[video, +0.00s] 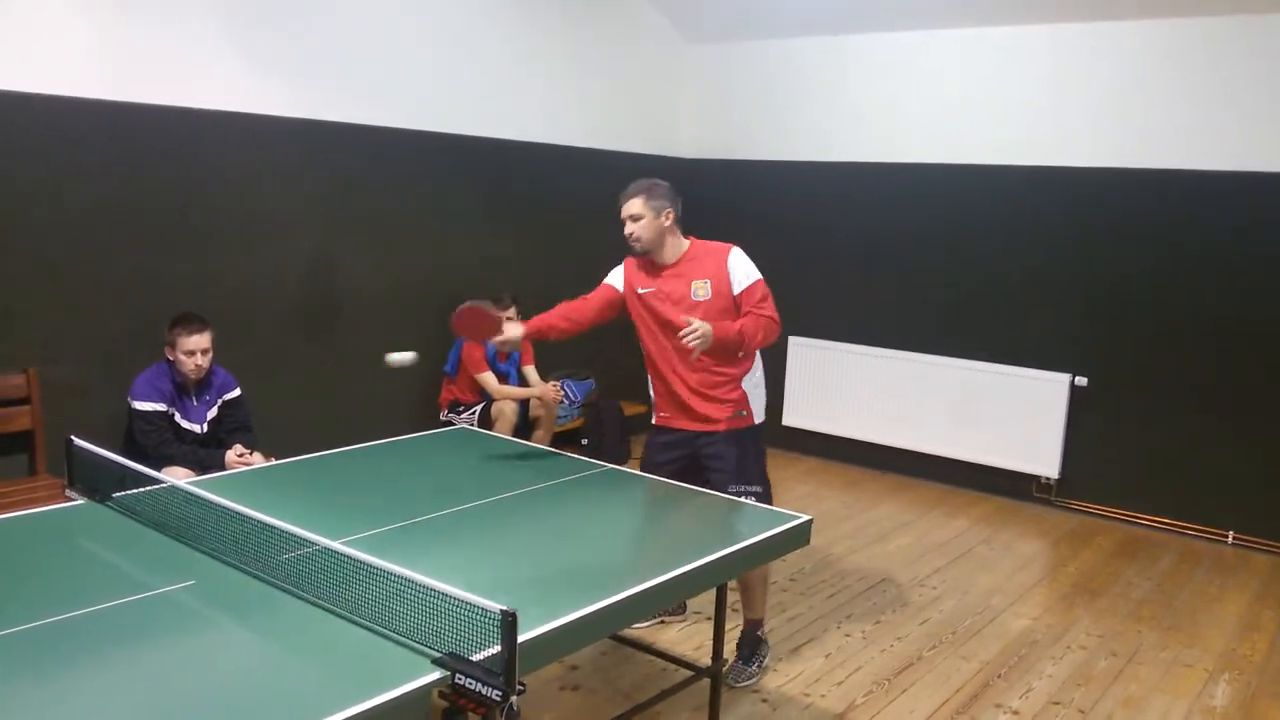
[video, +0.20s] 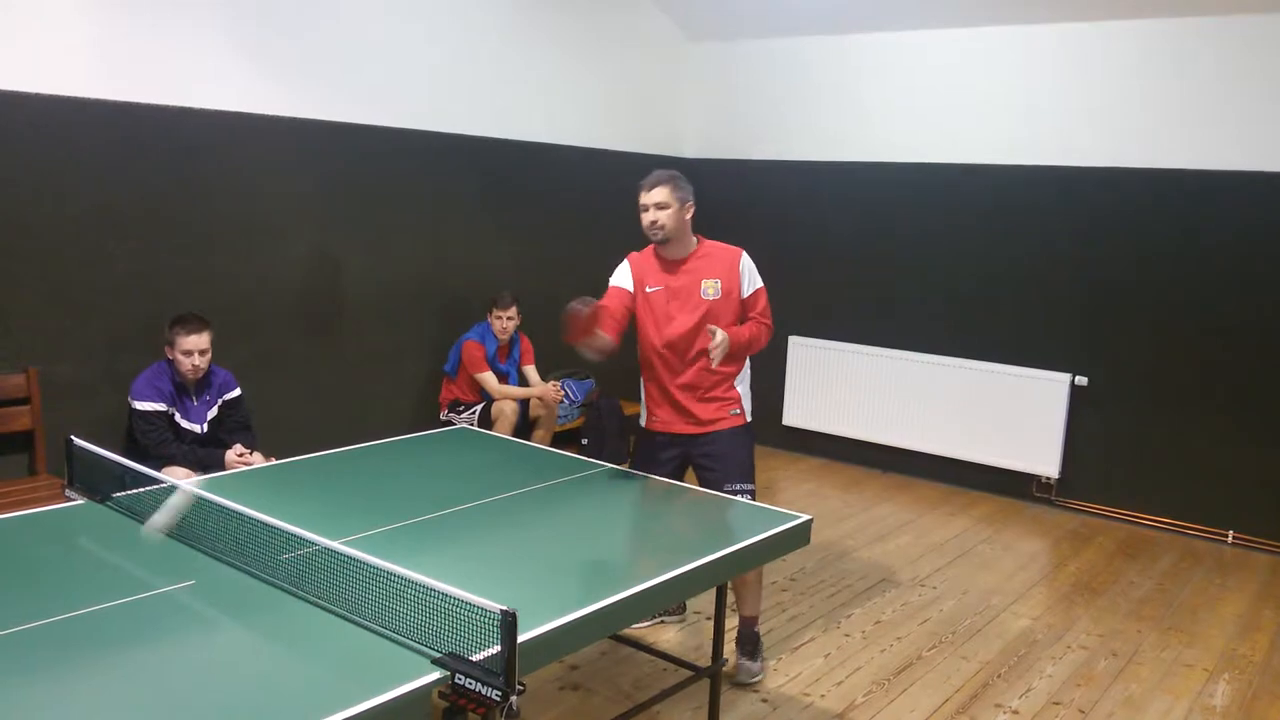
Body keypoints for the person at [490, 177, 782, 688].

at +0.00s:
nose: (627, 230)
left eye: (635, 220)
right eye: (624, 222)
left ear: (668, 218)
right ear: (631, 226)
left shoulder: (727, 260)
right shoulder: (631, 273)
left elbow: (767, 323)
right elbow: (587, 309)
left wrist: (718, 332)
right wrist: (528, 328)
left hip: (731, 424)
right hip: (670, 424)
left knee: (747, 529)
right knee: (656, 516)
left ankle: (754, 636)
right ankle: (672, 595)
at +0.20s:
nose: (649, 217)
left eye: (659, 207)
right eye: (644, 209)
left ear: (688, 209)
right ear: (641, 215)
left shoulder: (733, 262)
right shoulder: (632, 269)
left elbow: (761, 326)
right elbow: (605, 341)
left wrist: (731, 339)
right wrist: (586, 329)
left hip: (723, 422)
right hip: (660, 421)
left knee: (739, 526)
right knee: (647, 515)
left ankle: (749, 634)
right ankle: (670, 595)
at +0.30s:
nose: (668, 210)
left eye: (678, 200)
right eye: (661, 202)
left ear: (703, 204)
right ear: (654, 208)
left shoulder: (741, 259)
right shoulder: (641, 268)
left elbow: (765, 324)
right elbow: (632, 335)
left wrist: (737, 344)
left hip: (722, 419)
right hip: (658, 422)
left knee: (741, 521)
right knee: (648, 514)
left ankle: (751, 626)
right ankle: (667, 596)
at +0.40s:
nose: (681, 204)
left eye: (692, 195)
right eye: (675, 196)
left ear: (716, 201)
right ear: (667, 202)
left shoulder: (750, 259)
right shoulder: (650, 264)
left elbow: (773, 326)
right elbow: (639, 335)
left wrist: (740, 354)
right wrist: (661, 385)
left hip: (726, 421)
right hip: (664, 420)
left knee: (741, 522)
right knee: (655, 512)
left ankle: (751, 623)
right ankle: (668, 594)